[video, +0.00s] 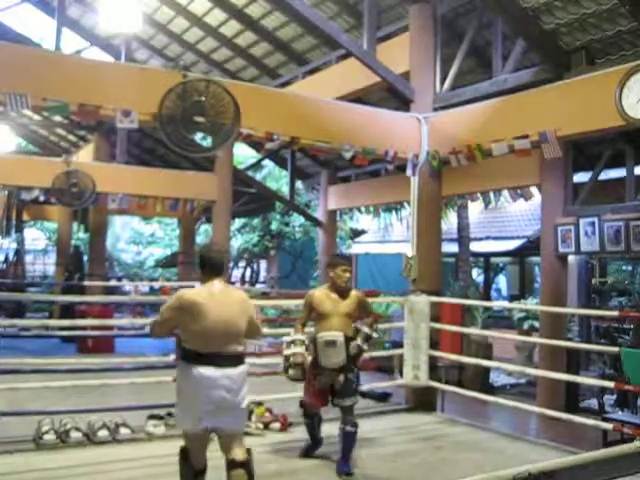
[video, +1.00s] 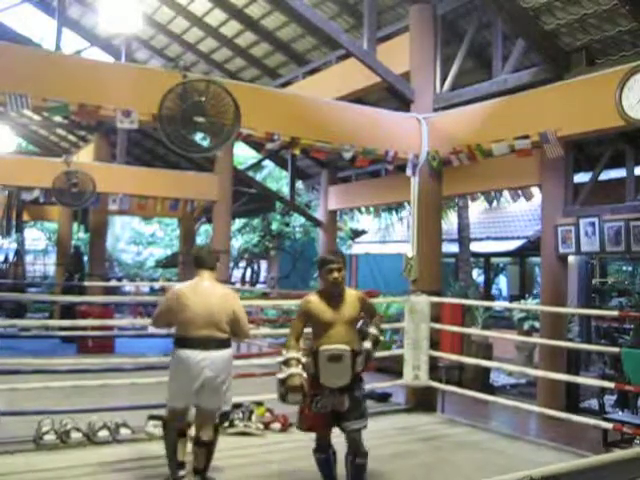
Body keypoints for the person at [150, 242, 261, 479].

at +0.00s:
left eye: (202, 266)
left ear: (200, 268)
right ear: (226, 268)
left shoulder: (186, 298)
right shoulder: (240, 297)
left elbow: (157, 329)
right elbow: (255, 331)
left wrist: (184, 327)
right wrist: (228, 327)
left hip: (196, 373)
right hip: (233, 372)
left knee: (196, 445)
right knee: (235, 442)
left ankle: (196, 475)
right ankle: (239, 473)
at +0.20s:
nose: (178, 270)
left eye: (180, 266)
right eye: (179, 266)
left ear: (185, 267)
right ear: (209, 267)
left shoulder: (173, 295)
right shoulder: (227, 295)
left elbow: (148, 326)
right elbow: (246, 330)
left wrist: (176, 323)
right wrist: (221, 331)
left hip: (182, 370)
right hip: (219, 369)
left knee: (189, 441)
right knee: (223, 436)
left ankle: (192, 475)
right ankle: (226, 475)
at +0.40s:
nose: (178, 267)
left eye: (180, 264)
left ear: (182, 266)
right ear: (207, 268)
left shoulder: (168, 295)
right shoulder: (221, 297)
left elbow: (145, 327)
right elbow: (241, 331)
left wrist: (172, 322)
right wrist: (217, 324)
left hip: (178, 365)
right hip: (213, 365)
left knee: (186, 433)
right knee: (212, 428)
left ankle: (191, 474)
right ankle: (211, 474)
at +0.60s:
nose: (180, 268)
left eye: (181, 265)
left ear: (183, 268)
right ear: (208, 268)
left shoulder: (169, 297)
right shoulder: (221, 298)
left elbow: (151, 326)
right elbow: (241, 332)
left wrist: (173, 319)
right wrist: (218, 324)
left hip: (177, 360)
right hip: (212, 361)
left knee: (184, 425)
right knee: (205, 424)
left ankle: (193, 472)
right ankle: (201, 471)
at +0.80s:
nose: (218, 267)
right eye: (217, 264)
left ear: (192, 266)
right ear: (215, 267)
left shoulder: (175, 294)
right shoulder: (226, 296)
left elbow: (156, 321)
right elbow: (244, 330)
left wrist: (178, 323)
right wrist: (221, 324)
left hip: (183, 356)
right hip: (216, 356)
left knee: (177, 418)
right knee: (207, 419)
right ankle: (199, 472)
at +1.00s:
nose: (218, 266)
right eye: (217, 263)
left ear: (194, 266)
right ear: (216, 266)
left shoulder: (180, 293)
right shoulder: (228, 295)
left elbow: (158, 320)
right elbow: (243, 331)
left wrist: (181, 315)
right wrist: (222, 323)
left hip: (186, 353)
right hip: (219, 354)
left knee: (177, 412)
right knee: (207, 418)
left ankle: (175, 467)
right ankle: (200, 471)